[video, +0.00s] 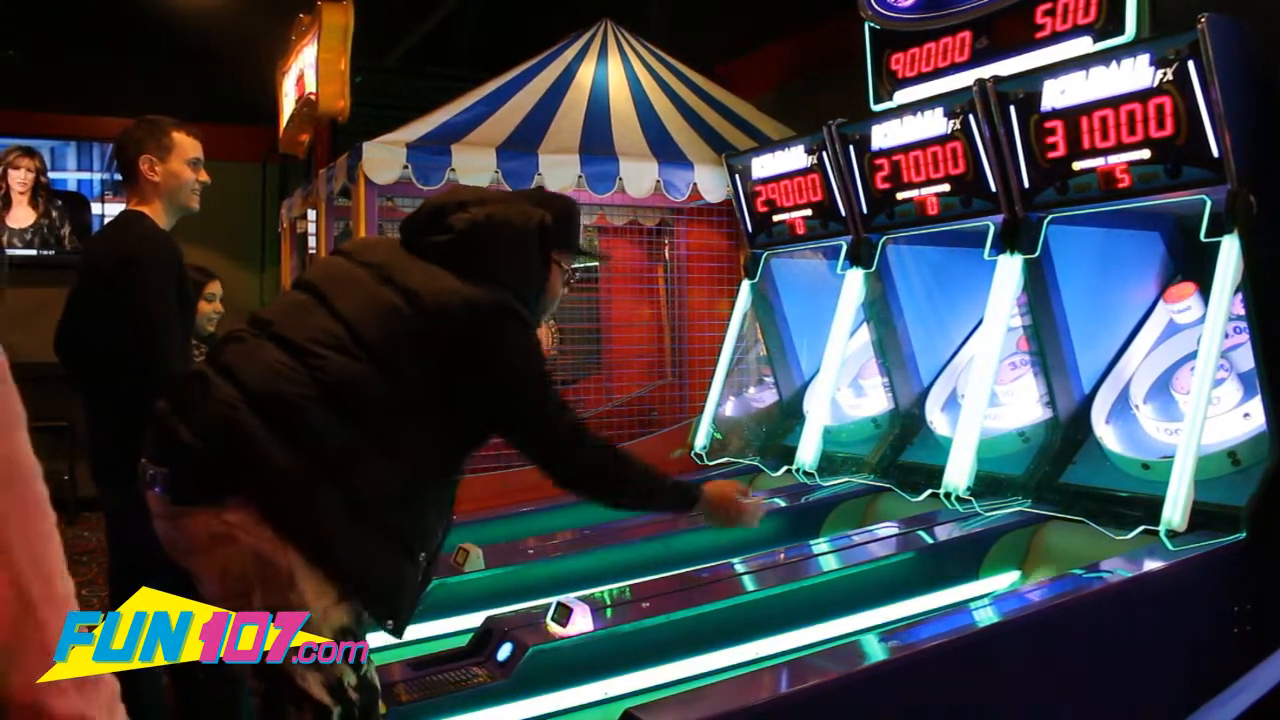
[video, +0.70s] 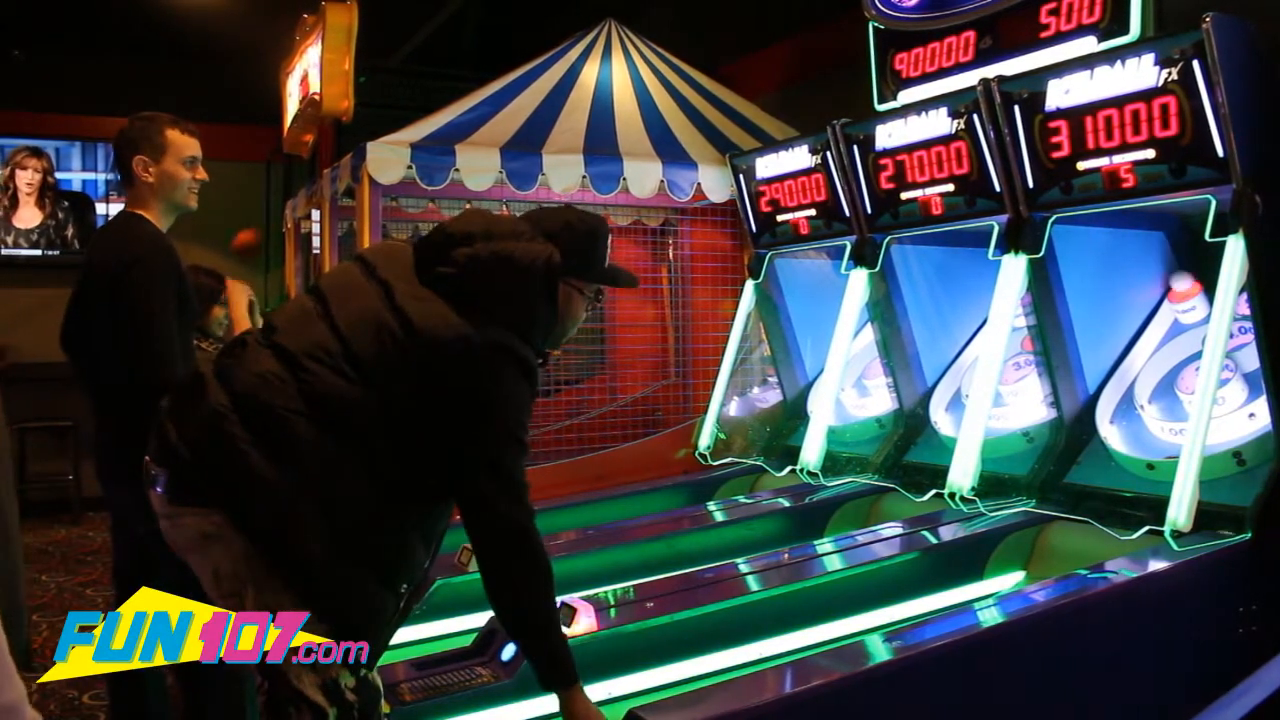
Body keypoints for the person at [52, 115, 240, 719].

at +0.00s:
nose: (204, 177)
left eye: (202, 164)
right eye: (194, 164)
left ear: (147, 172)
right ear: (150, 169)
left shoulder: (109, 241)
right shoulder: (153, 248)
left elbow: (70, 343)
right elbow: (168, 364)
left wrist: (117, 397)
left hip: (115, 447)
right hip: (150, 454)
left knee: (133, 583)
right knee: (165, 590)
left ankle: (140, 700)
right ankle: (170, 702)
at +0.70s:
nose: (202, 176)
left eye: (201, 163)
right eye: (191, 163)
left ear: (145, 171)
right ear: (146, 168)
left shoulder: (115, 240)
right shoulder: (147, 250)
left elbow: (75, 337)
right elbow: (168, 367)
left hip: (123, 451)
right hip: (150, 458)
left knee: (139, 592)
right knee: (172, 596)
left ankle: (135, 705)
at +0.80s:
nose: (201, 176)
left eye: (199, 163)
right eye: (189, 163)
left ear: (145, 172)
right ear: (144, 169)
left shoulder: (117, 241)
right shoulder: (144, 251)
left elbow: (76, 337)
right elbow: (168, 371)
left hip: (124, 451)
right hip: (150, 460)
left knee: (140, 592)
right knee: (171, 596)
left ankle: (137, 705)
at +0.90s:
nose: (199, 175)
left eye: (198, 163)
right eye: (188, 163)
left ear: (143, 172)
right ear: (142, 169)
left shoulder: (117, 242)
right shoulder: (140, 251)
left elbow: (77, 336)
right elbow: (169, 373)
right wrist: (235, 325)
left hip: (126, 452)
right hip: (150, 461)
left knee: (141, 594)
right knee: (171, 597)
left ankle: (138, 706)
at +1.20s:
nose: (196, 176)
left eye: (195, 163)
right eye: (183, 164)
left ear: (141, 172)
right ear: (137, 169)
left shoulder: (118, 241)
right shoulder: (137, 252)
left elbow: (79, 336)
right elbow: (163, 371)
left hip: (126, 451)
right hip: (145, 460)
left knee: (143, 591)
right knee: (166, 595)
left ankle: (139, 703)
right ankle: (156, 704)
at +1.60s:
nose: (196, 175)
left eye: (196, 163)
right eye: (184, 163)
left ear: (141, 171)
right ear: (138, 169)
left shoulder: (110, 240)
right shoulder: (138, 250)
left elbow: (77, 336)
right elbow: (163, 374)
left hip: (119, 444)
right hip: (146, 454)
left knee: (136, 593)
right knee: (148, 601)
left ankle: (135, 700)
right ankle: (145, 704)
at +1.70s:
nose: (195, 177)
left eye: (195, 165)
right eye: (183, 164)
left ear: (141, 173)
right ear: (137, 169)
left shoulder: (119, 242)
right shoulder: (133, 251)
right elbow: (161, 381)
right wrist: (222, 462)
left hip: (137, 454)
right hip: (147, 458)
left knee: (151, 601)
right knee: (168, 605)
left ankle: (146, 706)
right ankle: (165, 707)